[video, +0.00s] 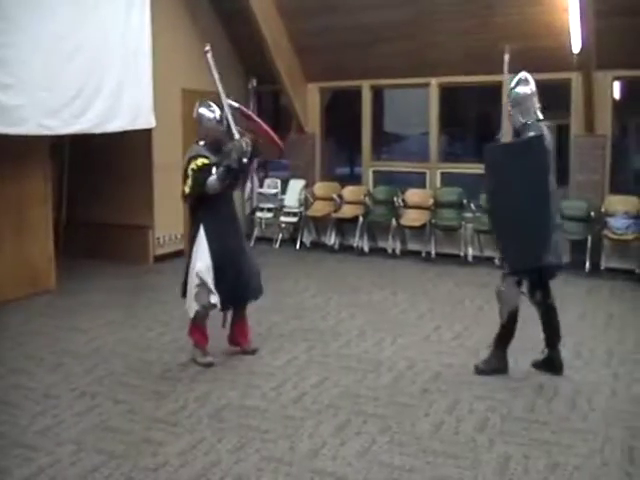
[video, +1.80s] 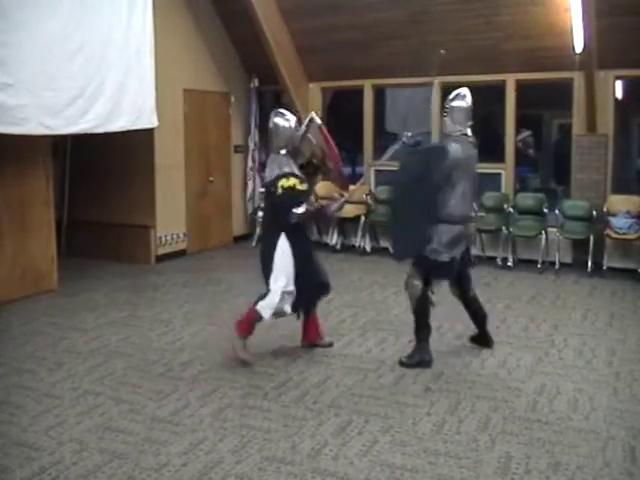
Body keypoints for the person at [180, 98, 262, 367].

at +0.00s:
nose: (222, 130)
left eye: (223, 125)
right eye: (217, 125)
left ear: (224, 127)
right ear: (203, 128)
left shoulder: (224, 153)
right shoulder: (198, 159)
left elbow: (236, 181)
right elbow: (205, 187)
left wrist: (245, 157)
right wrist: (230, 164)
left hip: (228, 223)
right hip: (206, 225)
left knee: (241, 274)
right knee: (205, 277)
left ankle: (239, 332)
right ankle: (199, 340)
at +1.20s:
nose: (239, 138)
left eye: (238, 132)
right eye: (233, 133)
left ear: (234, 135)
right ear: (218, 137)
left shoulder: (240, 162)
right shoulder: (212, 169)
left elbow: (247, 194)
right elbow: (221, 205)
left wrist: (258, 181)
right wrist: (248, 186)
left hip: (245, 233)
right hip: (223, 236)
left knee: (267, 278)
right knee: (217, 287)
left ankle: (264, 328)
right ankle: (202, 341)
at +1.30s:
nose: (244, 141)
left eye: (244, 135)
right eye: (239, 136)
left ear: (245, 137)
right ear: (224, 140)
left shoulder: (250, 167)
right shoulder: (218, 174)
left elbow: (255, 196)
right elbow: (228, 212)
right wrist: (257, 202)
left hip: (251, 233)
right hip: (228, 238)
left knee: (274, 276)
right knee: (222, 287)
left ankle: (285, 324)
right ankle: (203, 338)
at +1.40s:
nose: (255, 147)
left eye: (255, 143)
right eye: (250, 143)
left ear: (256, 144)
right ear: (236, 147)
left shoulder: (263, 170)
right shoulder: (234, 179)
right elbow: (231, 214)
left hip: (263, 242)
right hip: (240, 245)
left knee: (286, 281)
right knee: (225, 293)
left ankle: (301, 326)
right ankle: (205, 341)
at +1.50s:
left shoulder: (286, 179)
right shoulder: (257, 180)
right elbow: (266, 220)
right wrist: (297, 221)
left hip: (281, 246)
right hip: (256, 247)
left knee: (303, 283)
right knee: (236, 293)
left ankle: (310, 333)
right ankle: (209, 344)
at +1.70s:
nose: (304, 150)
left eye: (304, 145)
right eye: (301, 145)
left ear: (273, 148)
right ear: (292, 149)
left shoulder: (270, 170)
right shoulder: (292, 180)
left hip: (269, 241)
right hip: (286, 243)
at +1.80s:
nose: (312, 153)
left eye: (314, 148)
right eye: (309, 148)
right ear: (298, 149)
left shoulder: (296, 170)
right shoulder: (282, 172)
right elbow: (290, 213)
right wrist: (319, 208)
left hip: (296, 235)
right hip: (280, 236)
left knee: (310, 284)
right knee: (281, 289)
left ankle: (311, 334)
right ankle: (243, 329)